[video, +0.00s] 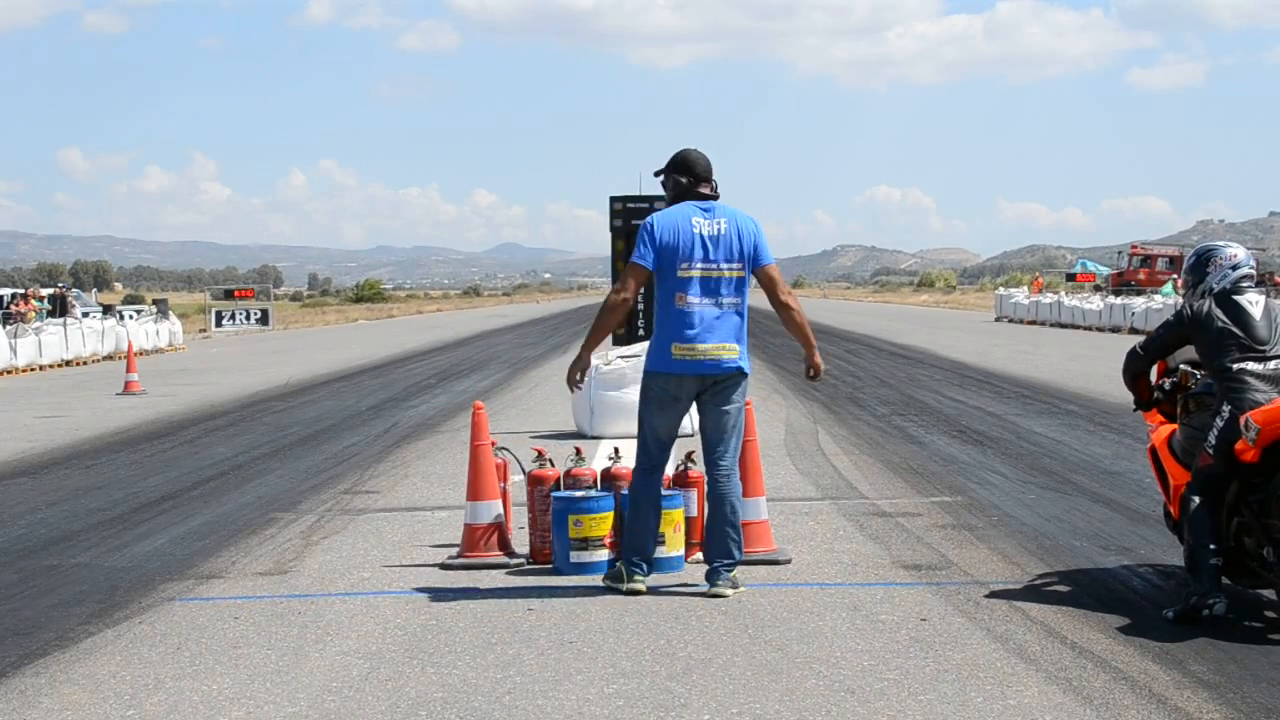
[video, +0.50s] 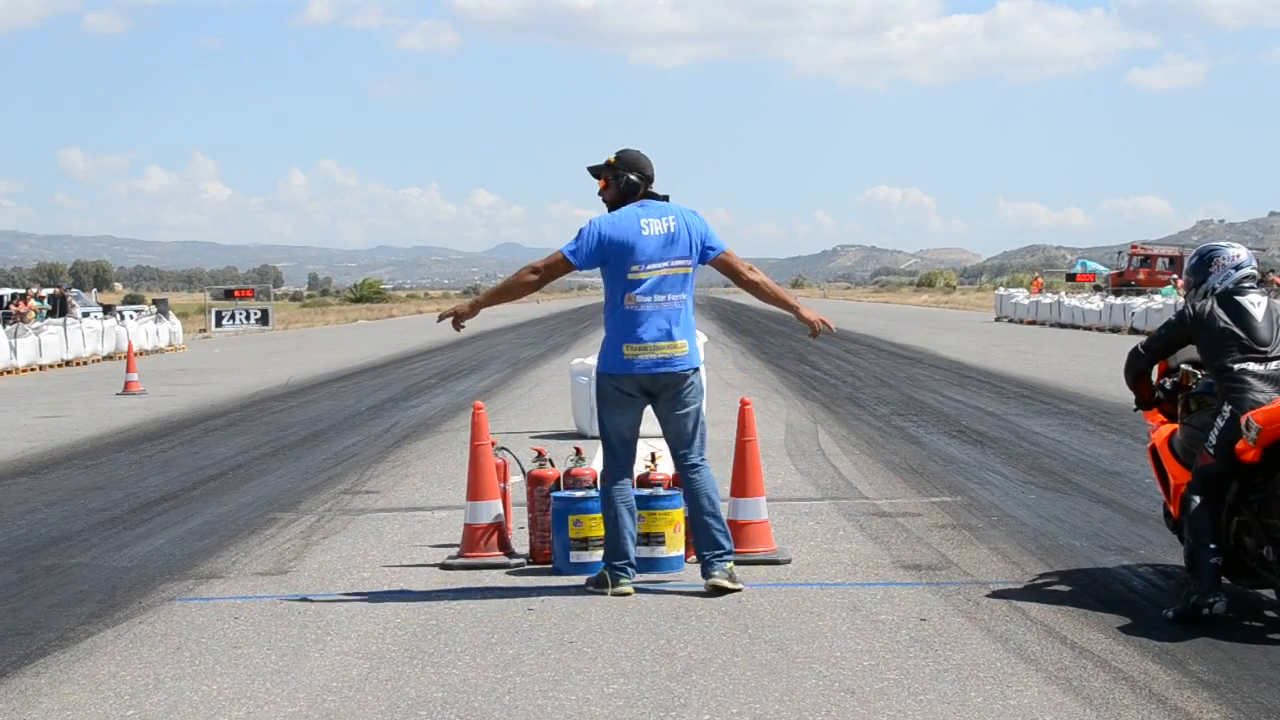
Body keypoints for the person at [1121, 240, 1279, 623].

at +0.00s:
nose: (1186, 287)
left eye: (1189, 280)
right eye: (1186, 280)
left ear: (1203, 277)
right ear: (1244, 269)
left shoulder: (1198, 309)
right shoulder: (1271, 304)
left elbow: (1136, 359)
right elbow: (1257, 353)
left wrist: (1148, 399)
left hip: (1243, 403)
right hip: (1279, 398)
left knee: (1199, 492)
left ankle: (1205, 591)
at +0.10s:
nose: (1186, 288)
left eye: (1189, 281)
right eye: (1187, 281)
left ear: (1203, 277)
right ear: (1244, 269)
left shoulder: (1198, 309)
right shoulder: (1271, 304)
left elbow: (1137, 359)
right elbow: (1256, 354)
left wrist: (1148, 398)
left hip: (1242, 406)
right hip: (1279, 400)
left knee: (1199, 492)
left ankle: (1206, 591)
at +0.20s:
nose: (1187, 288)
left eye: (1190, 280)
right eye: (1188, 281)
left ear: (1204, 276)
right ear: (1244, 269)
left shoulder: (1198, 310)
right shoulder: (1270, 303)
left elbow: (1138, 358)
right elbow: (1257, 353)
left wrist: (1149, 398)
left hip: (1242, 404)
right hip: (1279, 398)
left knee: (1199, 492)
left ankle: (1206, 592)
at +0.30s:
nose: (1187, 288)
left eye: (1190, 280)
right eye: (1188, 281)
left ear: (1204, 277)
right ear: (1245, 269)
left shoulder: (1199, 310)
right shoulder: (1270, 303)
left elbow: (1138, 358)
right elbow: (1256, 353)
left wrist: (1149, 398)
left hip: (1244, 403)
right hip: (1279, 398)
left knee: (1200, 493)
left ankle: (1206, 593)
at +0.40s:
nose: (1187, 288)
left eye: (1191, 280)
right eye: (1188, 281)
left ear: (1205, 276)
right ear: (1245, 269)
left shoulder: (1200, 309)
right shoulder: (1270, 303)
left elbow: (1139, 357)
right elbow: (1257, 353)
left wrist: (1149, 397)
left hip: (1243, 404)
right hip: (1279, 399)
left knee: (1199, 494)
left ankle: (1206, 592)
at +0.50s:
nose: (1187, 288)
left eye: (1191, 280)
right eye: (1188, 281)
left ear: (1206, 276)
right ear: (1245, 268)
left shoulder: (1200, 309)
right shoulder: (1273, 303)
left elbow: (1139, 357)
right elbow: (1260, 353)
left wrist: (1148, 397)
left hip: (1244, 404)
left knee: (1199, 494)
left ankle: (1206, 592)